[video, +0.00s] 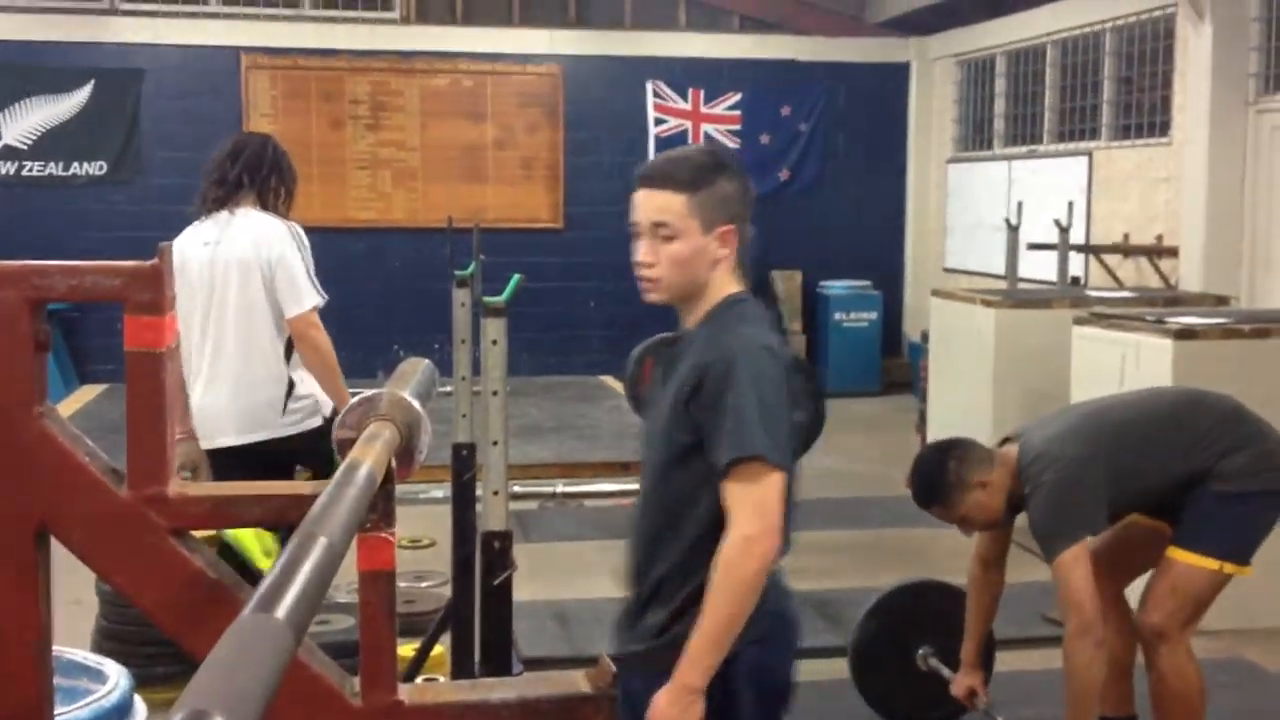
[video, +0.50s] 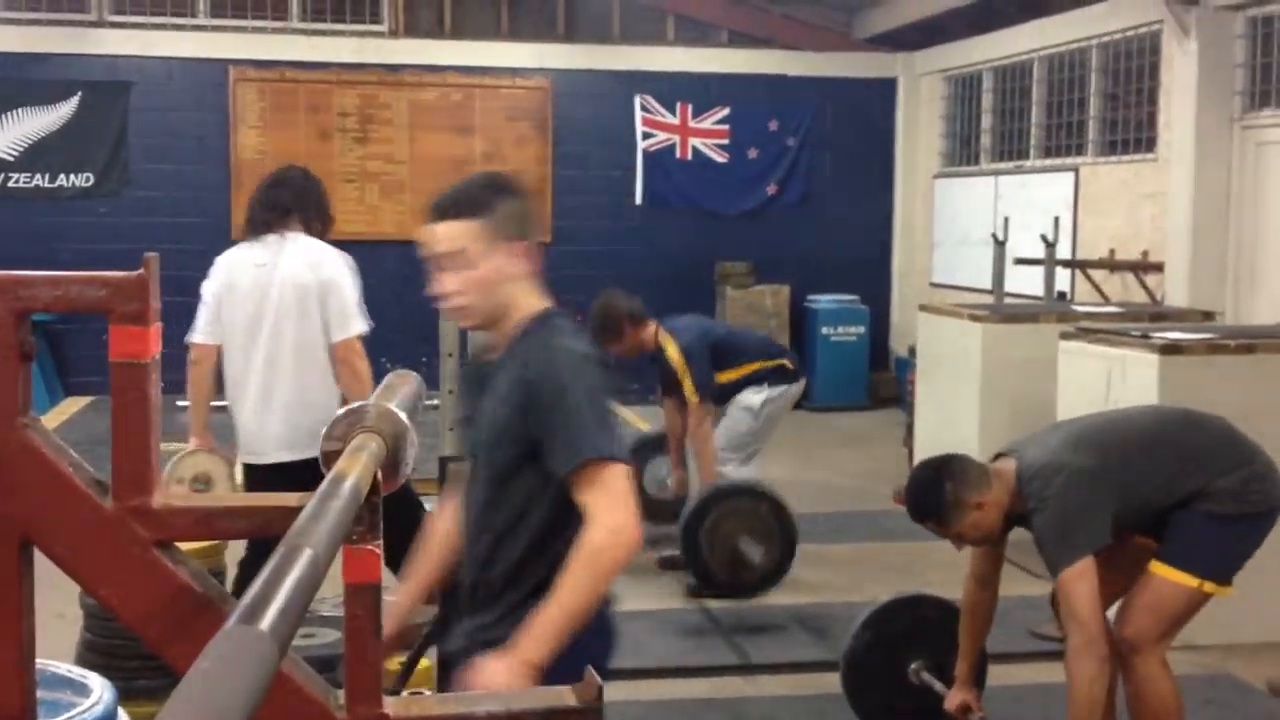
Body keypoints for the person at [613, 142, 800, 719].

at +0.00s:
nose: (641, 254)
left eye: (663, 236)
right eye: (637, 235)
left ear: (722, 244)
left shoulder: (743, 351)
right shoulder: (704, 340)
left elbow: (756, 535)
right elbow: (697, 516)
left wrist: (687, 686)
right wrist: (646, 649)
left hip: (716, 664)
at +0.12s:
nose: (607, 262)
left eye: (631, 244)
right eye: (602, 243)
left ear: (688, 252)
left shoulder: (706, 358)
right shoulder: (658, 347)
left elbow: (728, 538)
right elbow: (656, 523)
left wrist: (663, 691)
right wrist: (611, 657)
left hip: (678, 673)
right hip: (635, 662)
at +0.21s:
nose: (590, 263)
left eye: (614, 243)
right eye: (582, 243)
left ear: (669, 254)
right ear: (572, 246)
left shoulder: (677, 361)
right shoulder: (621, 355)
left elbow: (703, 534)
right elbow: (622, 521)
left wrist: (643, 693)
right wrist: (584, 661)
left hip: (642, 680)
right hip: (597, 666)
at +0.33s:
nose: (549, 266)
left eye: (572, 245)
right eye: (538, 246)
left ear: (621, 256)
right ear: (526, 254)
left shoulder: (631, 363)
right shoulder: (569, 360)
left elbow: (663, 535)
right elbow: (550, 518)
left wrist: (596, 680)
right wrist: (501, 622)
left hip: (589, 671)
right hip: (542, 662)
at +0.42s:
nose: (498, 273)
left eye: (520, 252)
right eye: (488, 256)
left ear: (576, 255)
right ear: (480, 261)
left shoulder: (597, 361)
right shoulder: (530, 361)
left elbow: (640, 533)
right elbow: (503, 514)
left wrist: (561, 675)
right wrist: (442, 625)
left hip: (567, 657)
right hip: (510, 644)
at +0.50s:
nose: (439, 288)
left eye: (457, 264)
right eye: (433, 269)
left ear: (520, 258)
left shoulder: (558, 359)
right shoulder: (491, 359)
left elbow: (616, 525)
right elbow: (462, 499)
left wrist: (520, 658)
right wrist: (390, 618)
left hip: (540, 670)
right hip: (476, 655)